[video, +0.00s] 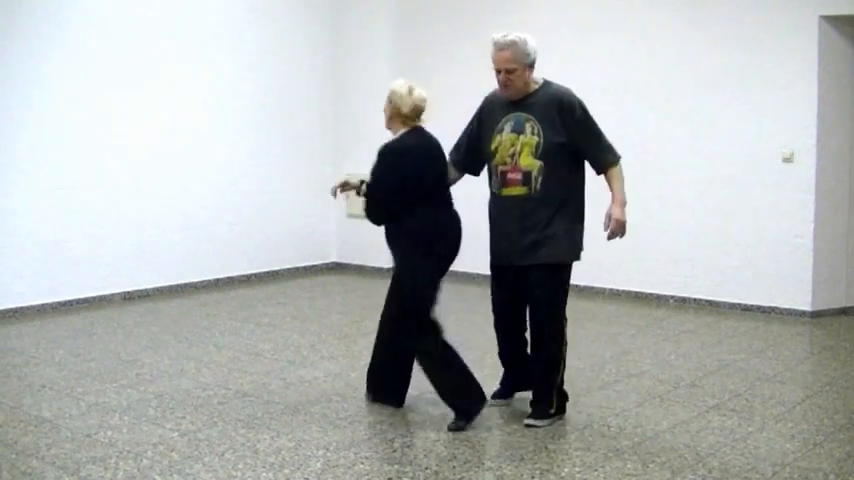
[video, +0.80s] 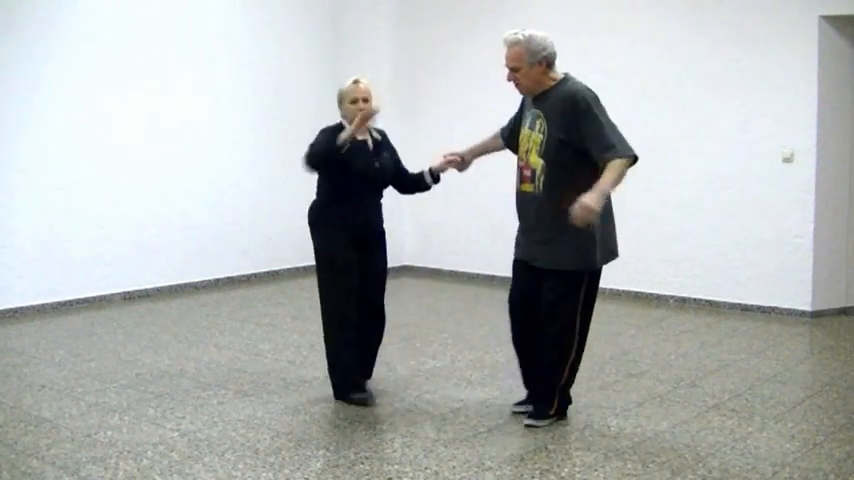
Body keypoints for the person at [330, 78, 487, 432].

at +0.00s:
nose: (383, 111)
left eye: (387, 106)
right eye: (386, 105)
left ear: (394, 111)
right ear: (416, 112)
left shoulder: (393, 153)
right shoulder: (430, 144)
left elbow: (378, 212)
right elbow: (411, 188)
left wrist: (366, 194)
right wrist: (364, 185)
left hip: (416, 248)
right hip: (442, 240)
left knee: (414, 322)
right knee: (399, 315)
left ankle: (468, 400)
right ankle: (386, 390)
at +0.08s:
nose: (380, 112)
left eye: (381, 108)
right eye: (385, 108)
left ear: (383, 111)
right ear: (414, 111)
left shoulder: (376, 149)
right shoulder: (429, 142)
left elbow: (361, 206)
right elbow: (421, 185)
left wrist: (355, 186)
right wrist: (365, 180)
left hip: (398, 237)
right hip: (437, 233)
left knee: (383, 321)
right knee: (406, 315)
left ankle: (443, 382)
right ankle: (388, 391)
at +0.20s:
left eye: (377, 105)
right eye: (403, 105)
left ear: (373, 108)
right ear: (404, 107)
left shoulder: (360, 143)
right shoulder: (423, 137)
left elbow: (352, 196)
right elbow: (439, 167)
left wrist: (377, 198)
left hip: (373, 234)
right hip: (418, 234)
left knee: (360, 304)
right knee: (407, 307)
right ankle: (394, 389)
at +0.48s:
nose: (398, 105)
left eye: (397, 99)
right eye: (392, 100)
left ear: (374, 107)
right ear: (372, 106)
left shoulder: (362, 135)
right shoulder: (379, 137)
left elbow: (374, 186)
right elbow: (432, 149)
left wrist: (412, 190)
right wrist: (444, 126)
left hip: (350, 227)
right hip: (368, 232)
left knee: (367, 302)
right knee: (378, 307)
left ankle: (343, 368)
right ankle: (361, 387)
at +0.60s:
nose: (386, 102)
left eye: (387, 96)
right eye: (378, 97)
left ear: (387, 100)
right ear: (360, 103)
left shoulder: (375, 137)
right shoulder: (357, 132)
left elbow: (393, 187)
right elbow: (396, 138)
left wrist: (417, 177)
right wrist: (417, 107)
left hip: (359, 229)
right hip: (355, 231)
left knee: (365, 297)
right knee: (376, 299)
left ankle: (349, 365)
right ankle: (354, 382)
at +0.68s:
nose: (378, 101)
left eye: (380, 95)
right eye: (369, 96)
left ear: (382, 99)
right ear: (352, 103)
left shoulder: (380, 137)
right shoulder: (342, 131)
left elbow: (396, 183)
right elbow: (361, 142)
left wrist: (420, 169)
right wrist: (389, 107)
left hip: (371, 230)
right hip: (340, 231)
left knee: (379, 304)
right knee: (347, 303)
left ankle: (355, 376)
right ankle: (349, 385)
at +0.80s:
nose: (361, 106)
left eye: (366, 100)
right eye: (354, 101)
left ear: (373, 104)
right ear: (342, 107)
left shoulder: (380, 140)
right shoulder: (331, 135)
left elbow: (404, 183)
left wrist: (434, 172)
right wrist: (350, 133)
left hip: (369, 233)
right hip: (333, 235)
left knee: (371, 306)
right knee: (341, 306)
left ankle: (359, 379)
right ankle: (345, 386)